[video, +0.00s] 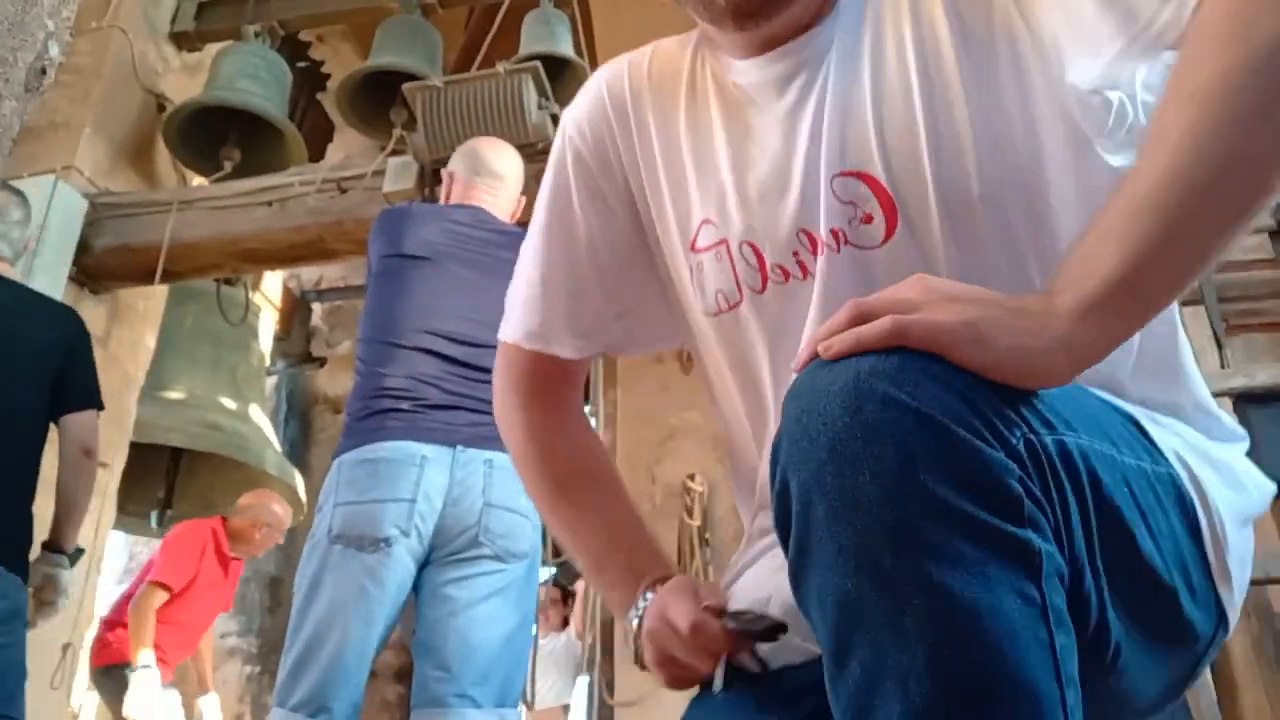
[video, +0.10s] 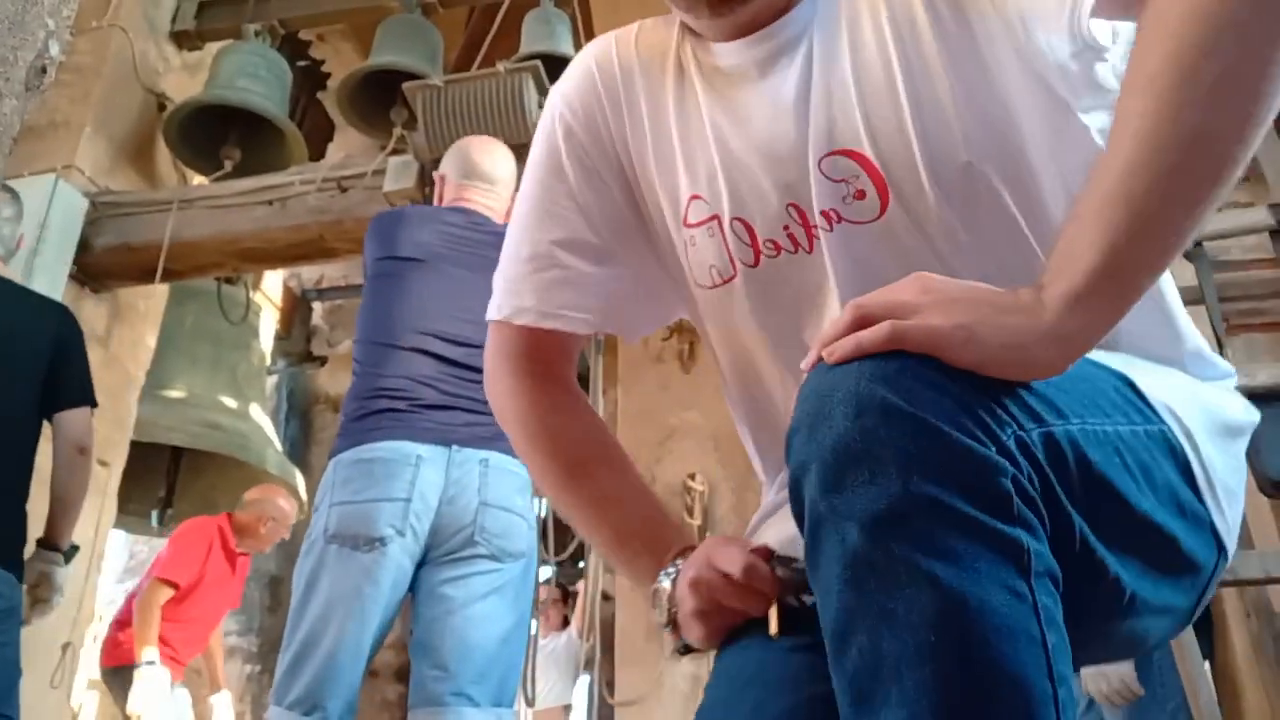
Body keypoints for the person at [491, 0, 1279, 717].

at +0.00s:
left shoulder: (1014, 11)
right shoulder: (623, 112)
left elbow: (1254, 20)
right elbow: (533, 385)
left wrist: (1068, 315)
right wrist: (645, 589)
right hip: (815, 589)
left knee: (862, 415)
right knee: (735, 713)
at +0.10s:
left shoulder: (974, 5)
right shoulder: (610, 89)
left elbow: (1233, 9)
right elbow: (523, 367)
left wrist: (1060, 306)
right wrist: (672, 565)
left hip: (1133, 475)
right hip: (825, 541)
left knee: (867, 409)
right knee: (751, 698)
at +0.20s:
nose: (676, 5)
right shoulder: (602, 92)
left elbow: (1210, 5)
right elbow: (530, 367)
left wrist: (1059, 295)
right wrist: (709, 537)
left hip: (1130, 407)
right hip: (843, 503)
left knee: (891, 407)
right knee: (789, 701)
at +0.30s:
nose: (646, 4)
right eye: (624, 6)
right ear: (602, 5)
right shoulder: (597, 105)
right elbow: (562, 369)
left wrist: (1077, 285)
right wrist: (738, 505)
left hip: (1123, 342)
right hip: (851, 442)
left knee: (925, 410)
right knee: (831, 695)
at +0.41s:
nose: (633, 3)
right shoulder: (602, 99)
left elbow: (1116, 2)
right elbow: (595, 350)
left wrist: (1084, 281)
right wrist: (764, 474)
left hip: (1086, 303)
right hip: (866, 404)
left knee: (956, 429)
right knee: (874, 662)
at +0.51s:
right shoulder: (614, 86)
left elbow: (1093, 4)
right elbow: (632, 321)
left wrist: (1080, 297)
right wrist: (786, 442)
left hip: (1063, 267)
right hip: (870, 359)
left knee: (974, 451)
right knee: (899, 626)